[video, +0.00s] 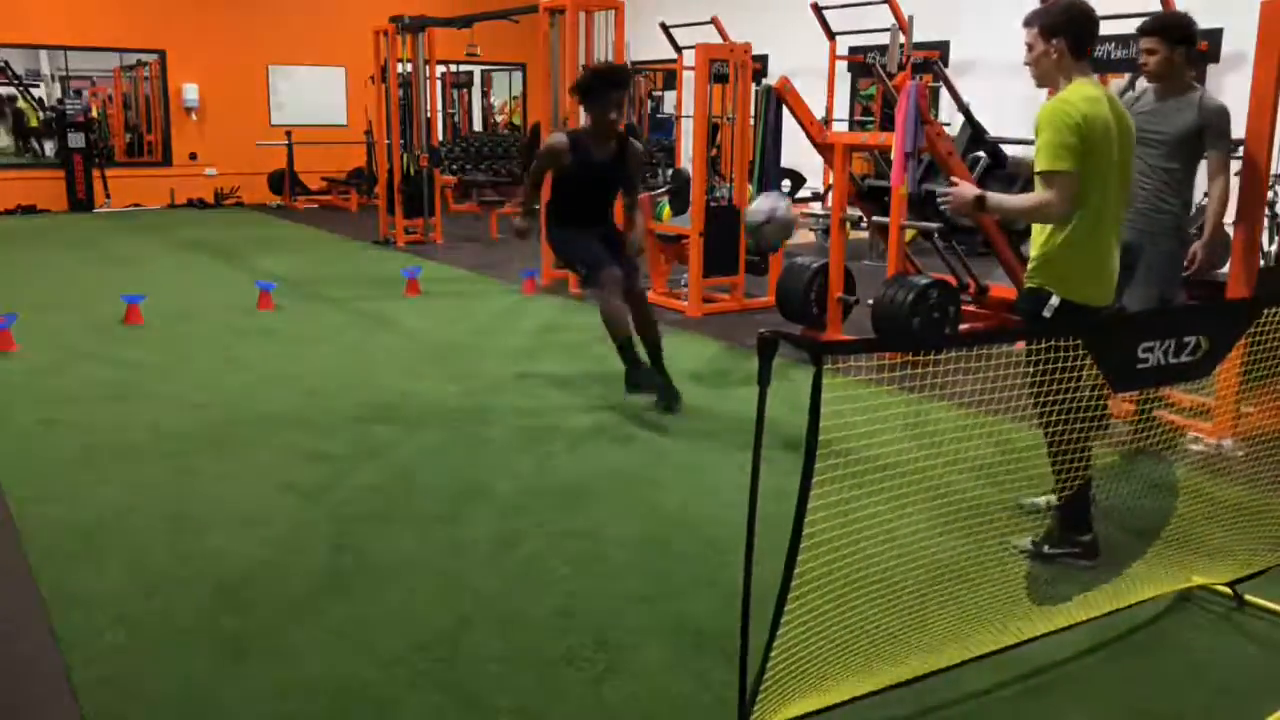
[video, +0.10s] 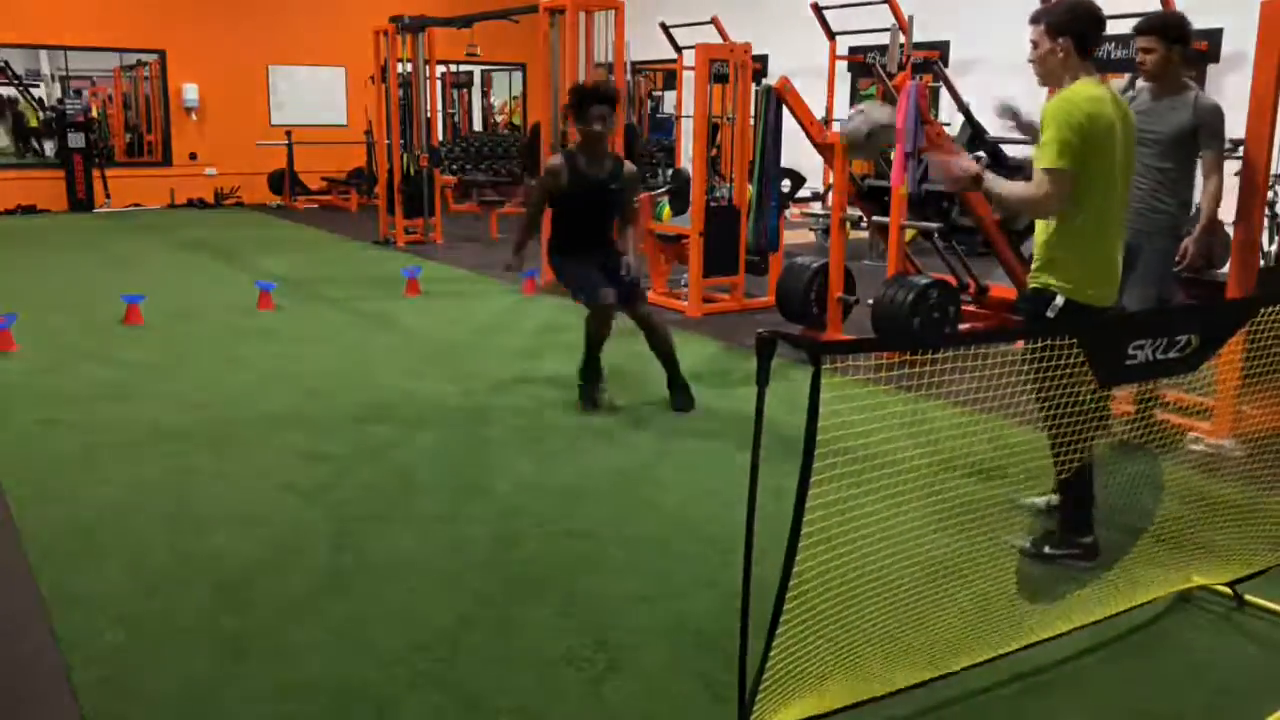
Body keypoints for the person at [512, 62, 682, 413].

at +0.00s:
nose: (615, 117)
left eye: (620, 109)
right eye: (607, 109)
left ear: (626, 109)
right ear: (587, 108)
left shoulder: (629, 152)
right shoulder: (560, 147)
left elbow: (631, 199)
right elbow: (533, 182)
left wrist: (635, 232)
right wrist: (527, 216)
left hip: (603, 228)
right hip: (565, 229)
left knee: (635, 288)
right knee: (609, 278)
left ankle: (658, 369)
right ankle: (633, 368)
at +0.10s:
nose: (597, 128)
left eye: (604, 121)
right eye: (590, 121)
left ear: (612, 125)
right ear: (576, 125)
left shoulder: (625, 172)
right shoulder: (558, 169)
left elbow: (628, 221)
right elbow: (533, 213)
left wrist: (631, 256)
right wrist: (518, 252)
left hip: (606, 252)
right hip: (568, 254)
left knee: (644, 314)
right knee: (604, 302)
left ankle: (676, 379)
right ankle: (590, 371)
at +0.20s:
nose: (551, 121)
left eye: (559, 114)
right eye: (546, 113)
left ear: (577, 119)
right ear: (539, 119)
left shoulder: (594, 170)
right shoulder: (527, 163)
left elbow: (605, 218)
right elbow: (512, 201)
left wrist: (611, 251)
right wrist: (498, 224)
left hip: (590, 258)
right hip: (550, 261)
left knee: (634, 320)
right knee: (558, 321)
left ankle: (674, 380)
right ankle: (568, 357)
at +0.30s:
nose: (484, 109)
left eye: (491, 102)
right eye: (484, 102)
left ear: (514, 108)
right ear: (488, 107)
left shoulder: (538, 153)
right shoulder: (477, 148)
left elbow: (570, 194)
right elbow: (441, 170)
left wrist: (602, 210)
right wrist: (417, 170)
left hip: (543, 249)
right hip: (509, 254)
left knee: (578, 311)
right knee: (519, 325)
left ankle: (638, 364)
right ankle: (573, 367)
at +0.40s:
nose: (428, 102)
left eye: (435, 94)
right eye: (428, 94)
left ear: (456, 99)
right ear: (433, 100)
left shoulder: (485, 141)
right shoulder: (426, 137)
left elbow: (538, 166)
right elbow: (371, 138)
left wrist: (577, 166)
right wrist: (345, 113)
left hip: (491, 234)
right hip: (466, 236)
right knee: (497, 305)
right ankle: (534, 360)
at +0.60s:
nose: (315, 99)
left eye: (321, 91)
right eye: (315, 91)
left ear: (339, 94)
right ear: (321, 96)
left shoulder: (361, 133)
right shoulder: (324, 132)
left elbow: (382, 172)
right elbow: (291, 145)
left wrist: (353, 183)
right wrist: (258, 138)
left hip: (383, 229)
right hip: (363, 228)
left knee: (372, 302)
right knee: (333, 291)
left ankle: (427, 372)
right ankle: (395, 331)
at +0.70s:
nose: (252, 91)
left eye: (256, 84)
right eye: (252, 84)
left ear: (274, 86)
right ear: (274, 87)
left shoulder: (298, 125)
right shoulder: (273, 125)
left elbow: (311, 174)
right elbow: (245, 163)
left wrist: (263, 191)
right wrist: (201, 178)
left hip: (321, 219)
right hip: (297, 219)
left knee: (339, 290)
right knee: (259, 269)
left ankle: (397, 353)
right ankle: (262, 347)